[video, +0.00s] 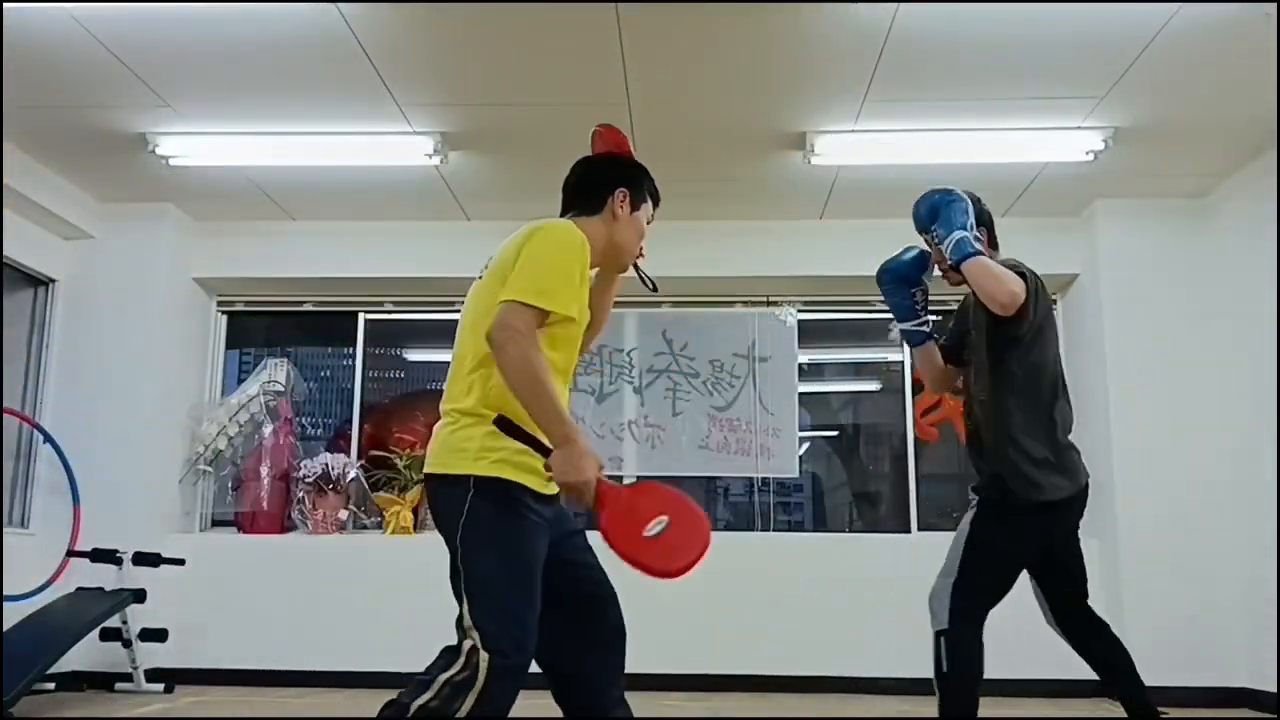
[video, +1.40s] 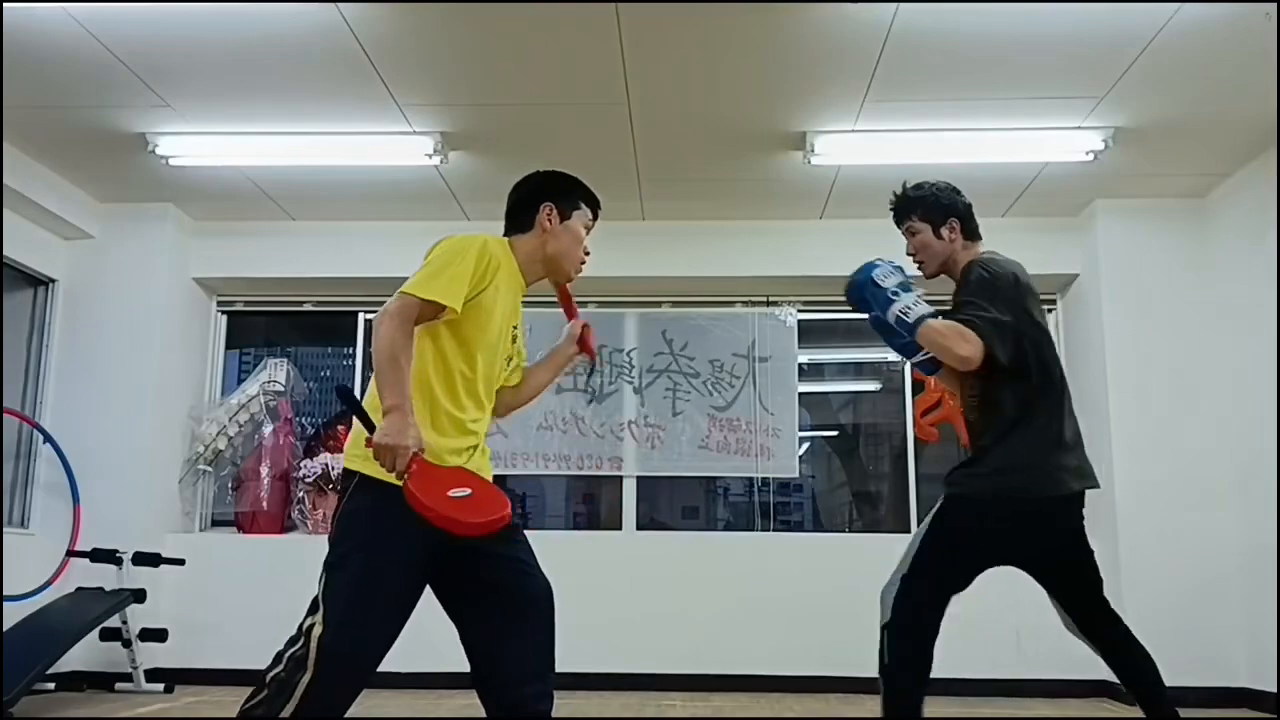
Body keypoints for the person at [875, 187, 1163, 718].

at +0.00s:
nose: (939, 255)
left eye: (946, 241)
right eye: (934, 247)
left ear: (978, 238)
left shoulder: (1012, 278)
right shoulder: (972, 308)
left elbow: (1007, 299)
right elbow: (941, 381)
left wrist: (960, 245)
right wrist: (912, 317)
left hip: (1021, 488)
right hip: (1048, 484)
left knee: (954, 608)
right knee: (1070, 612)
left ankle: (956, 716)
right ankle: (1146, 713)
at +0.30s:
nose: (963, 256)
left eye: (971, 243)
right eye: (958, 247)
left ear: (1007, 242)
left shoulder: (1056, 293)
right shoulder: (992, 311)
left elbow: (1041, 360)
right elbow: (959, 388)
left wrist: (978, 298)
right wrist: (929, 321)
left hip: (1066, 487)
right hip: (1046, 486)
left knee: (989, 598)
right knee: (1089, 622)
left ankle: (994, 717)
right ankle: (1159, 715)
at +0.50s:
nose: (940, 232)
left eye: (949, 217)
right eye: (936, 222)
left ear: (990, 216)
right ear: (989, 221)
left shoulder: (1000, 262)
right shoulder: (1023, 271)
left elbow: (924, 267)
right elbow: (974, 380)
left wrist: (844, 208)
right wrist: (935, 325)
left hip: (1020, 473)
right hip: (1067, 471)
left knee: (969, 606)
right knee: (1073, 596)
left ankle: (983, 714)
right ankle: (1142, 710)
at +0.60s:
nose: (935, 228)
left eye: (945, 213)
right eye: (930, 218)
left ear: (984, 206)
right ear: (988, 213)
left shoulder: (996, 252)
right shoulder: (1019, 252)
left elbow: (914, 259)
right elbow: (996, 348)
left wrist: (829, 206)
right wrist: (941, 315)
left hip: (1022, 462)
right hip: (1059, 460)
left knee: (975, 606)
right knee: (1064, 594)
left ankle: (989, 714)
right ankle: (1140, 709)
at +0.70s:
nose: (937, 226)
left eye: (946, 209)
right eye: (930, 215)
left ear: (985, 205)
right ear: (933, 219)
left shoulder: (1019, 255)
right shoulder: (978, 268)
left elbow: (993, 315)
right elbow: (948, 357)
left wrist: (936, 259)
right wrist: (921, 317)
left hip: (1033, 462)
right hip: (1044, 458)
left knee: (990, 614)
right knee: (1086, 599)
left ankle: (993, 715)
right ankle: (1161, 709)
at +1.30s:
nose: (938, 259)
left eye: (943, 243)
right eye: (934, 248)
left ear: (982, 236)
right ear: (973, 243)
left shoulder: (1031, 280)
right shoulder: (985, 307)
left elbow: (1007, 366)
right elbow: (967, 395)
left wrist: (939, 316)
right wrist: (927, 342)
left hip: (1042, 480)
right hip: (1056, 483)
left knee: (925, 575)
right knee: (1086, 621)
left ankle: (964, 712)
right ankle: (1165, 714)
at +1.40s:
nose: (909, 249)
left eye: (915, 234)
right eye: (905, 238)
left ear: (951, 230)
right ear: (955, 233)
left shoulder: (983, 275)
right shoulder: (1004, 275)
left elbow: (968, 351)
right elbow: (996, 383)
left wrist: (901, 305)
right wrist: (924, 354)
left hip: (995, 489)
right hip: (1051, 487)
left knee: (909, 610)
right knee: (1095, 619)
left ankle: (900, 713)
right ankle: (1165, 713)